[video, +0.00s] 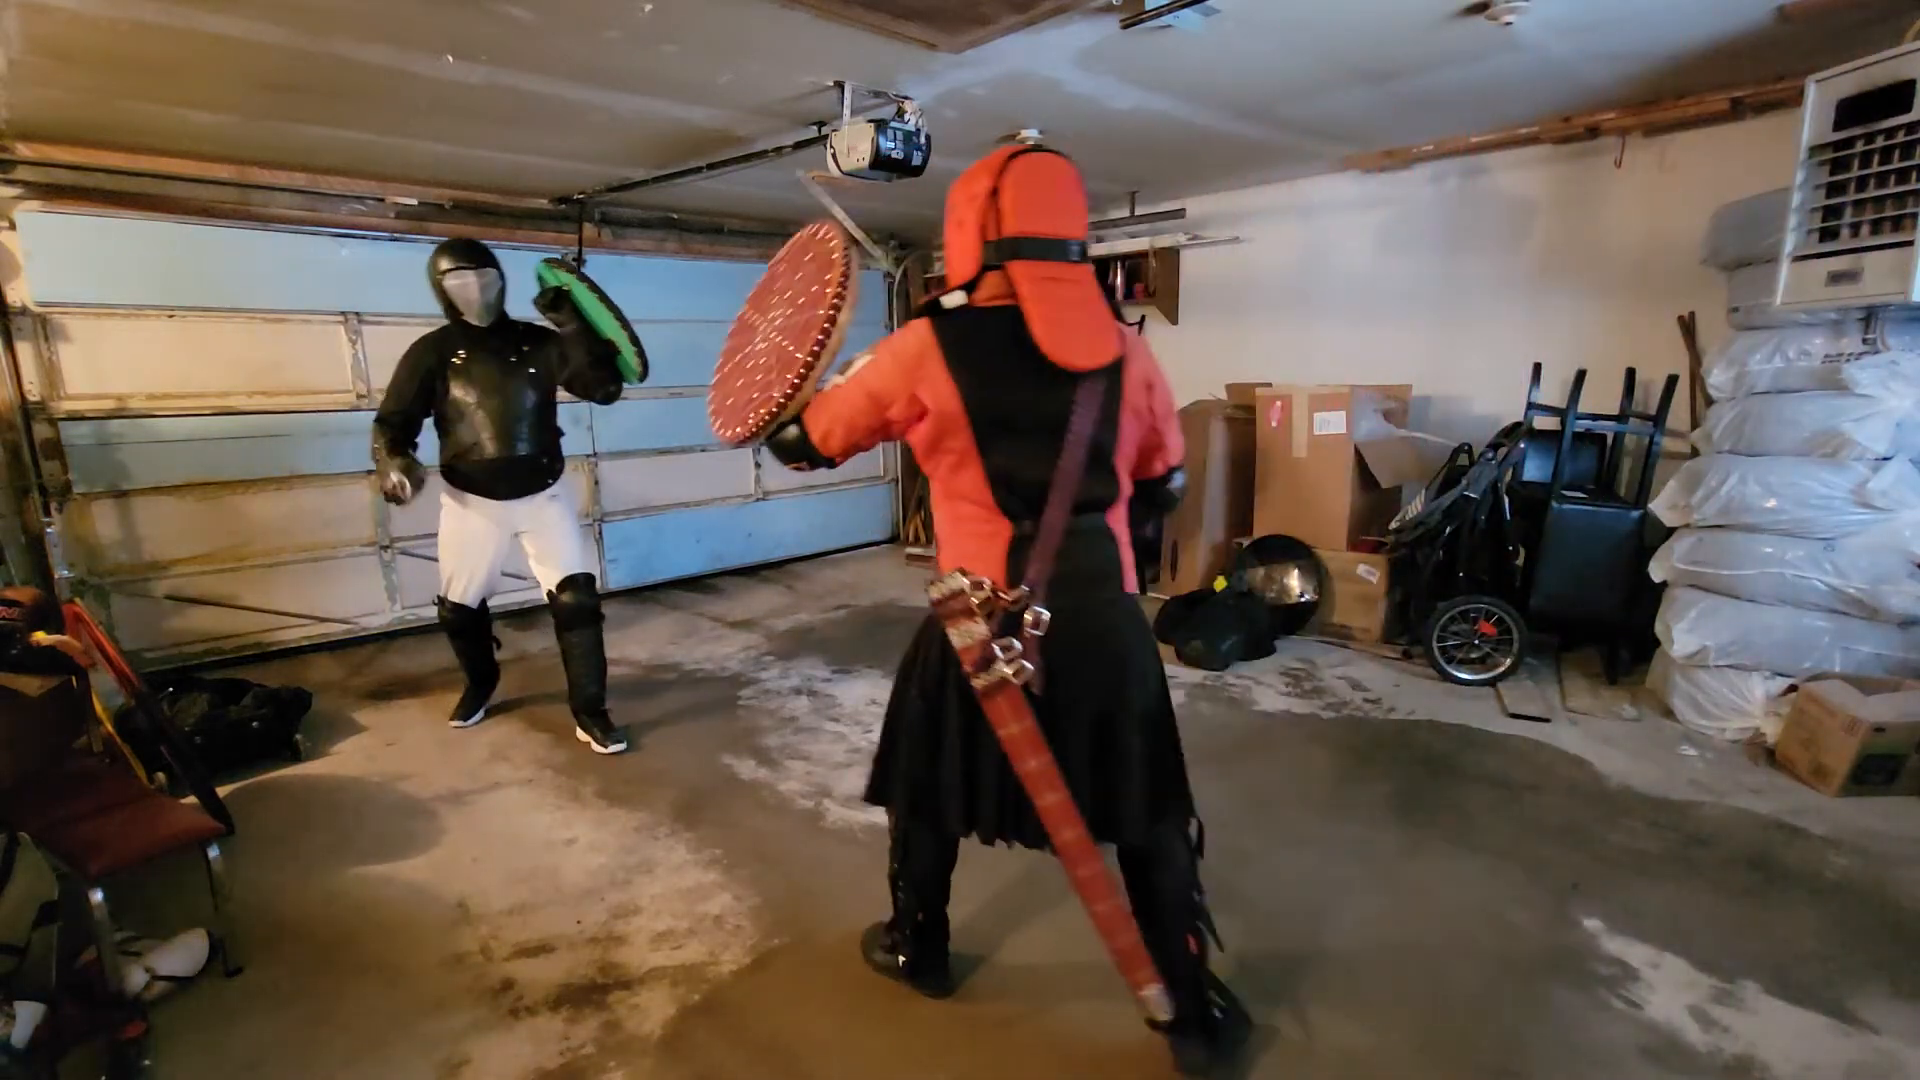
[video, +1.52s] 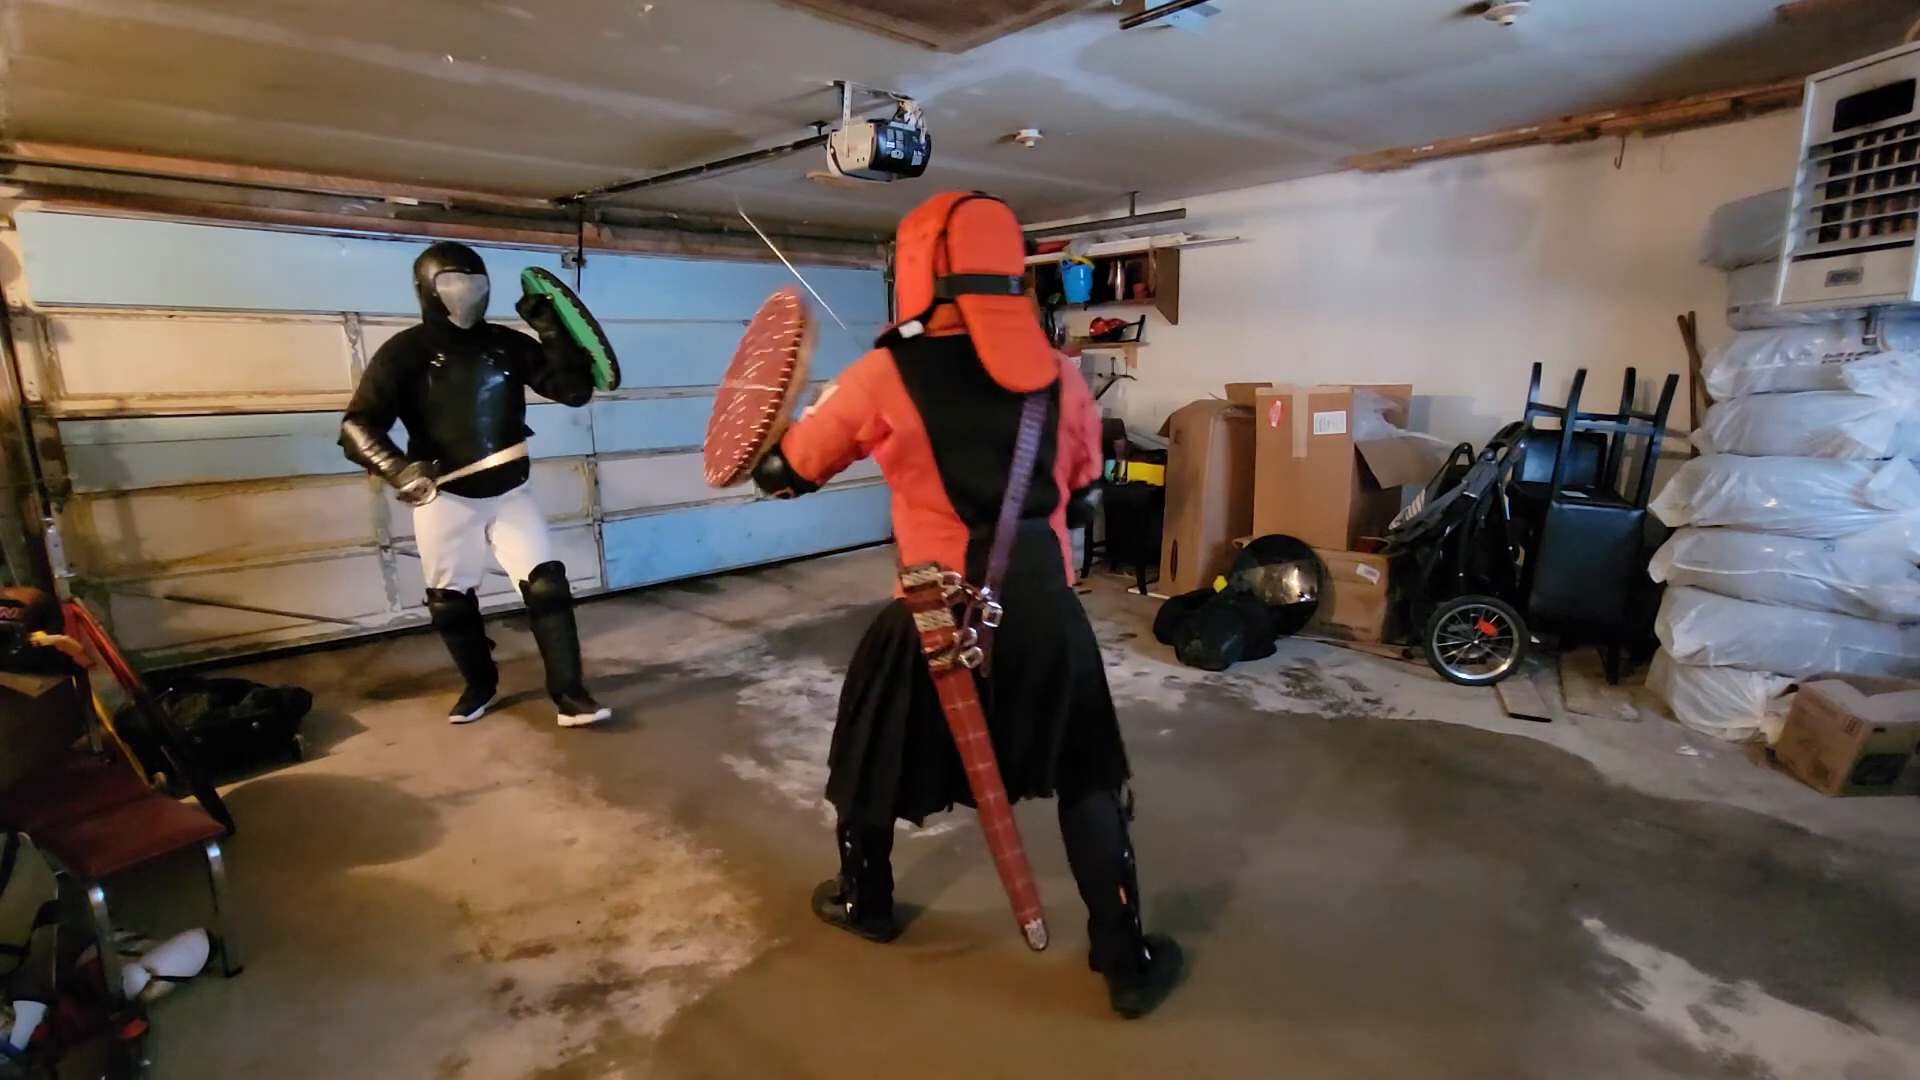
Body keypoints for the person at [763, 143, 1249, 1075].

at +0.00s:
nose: (947, 244)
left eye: (955, 230)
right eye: (955, 231)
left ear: (975, 236)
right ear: (1069, 236)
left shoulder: (928, 348)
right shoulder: (1125, 351)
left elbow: (818, 436)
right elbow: (1160, 488)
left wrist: (781, 411)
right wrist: (1099, 549)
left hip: (977, 622)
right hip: (1105, 618)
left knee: (929, 773)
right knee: (1147, 809)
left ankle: (919, 937)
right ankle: (1194, 1002)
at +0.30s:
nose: (937, 258)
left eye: (943, 243)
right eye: (942, 243)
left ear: (960, 247)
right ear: (1056, 246)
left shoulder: (919, 357)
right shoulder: (1116, 359)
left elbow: (821, 462)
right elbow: (1146, 498)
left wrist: (782, 447)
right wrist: (1114, 582)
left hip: (980, 615)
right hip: (1104, 610)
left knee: (924, 771)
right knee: (1156, 791)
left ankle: (921, 939)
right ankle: (1209, 986)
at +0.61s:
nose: (972, 260)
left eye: (978, 245)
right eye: (976, 245)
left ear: (1000, 249)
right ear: (1092, 245)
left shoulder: (960, 358)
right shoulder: (1156, 359)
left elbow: (853, 451)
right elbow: (1184, 498)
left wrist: (821, 426)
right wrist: (1113, 533)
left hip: (1010, 624)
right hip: (1135, 620)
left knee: (945, 772)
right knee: (1174, 801)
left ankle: (925, 938)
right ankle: (1219, 990)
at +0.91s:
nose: (972, 270)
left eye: (979, 256)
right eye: (975, 256)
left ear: (1004, 263)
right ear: (1090, 260)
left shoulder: (960, 367)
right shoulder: (1148, 372)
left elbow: (850, 431)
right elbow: (1176, 505)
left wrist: (821, 388)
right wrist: (1107, 537)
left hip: (1000, 630)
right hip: (1125, 629)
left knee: (925, 750)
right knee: (1170, 802)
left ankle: (876, 890)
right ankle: (1217, 993)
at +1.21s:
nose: (892, 273)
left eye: (898, 260)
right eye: (902, 260)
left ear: (915, 265)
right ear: (1006, 266)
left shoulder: (878, 361)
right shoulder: (1050, 367)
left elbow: (785, 447)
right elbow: (1068, 468)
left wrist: (760, 417)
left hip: (928, 604)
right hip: (1044, 600)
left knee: (875, 739)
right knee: (1109, 769)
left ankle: (864, 890)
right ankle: (1171, 955)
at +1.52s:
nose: (896, 281)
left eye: (903, 267)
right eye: (900, 266)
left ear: (924, 274)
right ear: (1010, 272)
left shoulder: (886, 373)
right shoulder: (1061, 376)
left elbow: (803, 459)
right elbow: (1081, 482)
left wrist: (773, 453)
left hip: (933, 612)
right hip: (1046, 610)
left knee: (870, 744)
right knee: (1087, 772)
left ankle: (868, 897)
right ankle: (1126, 962)